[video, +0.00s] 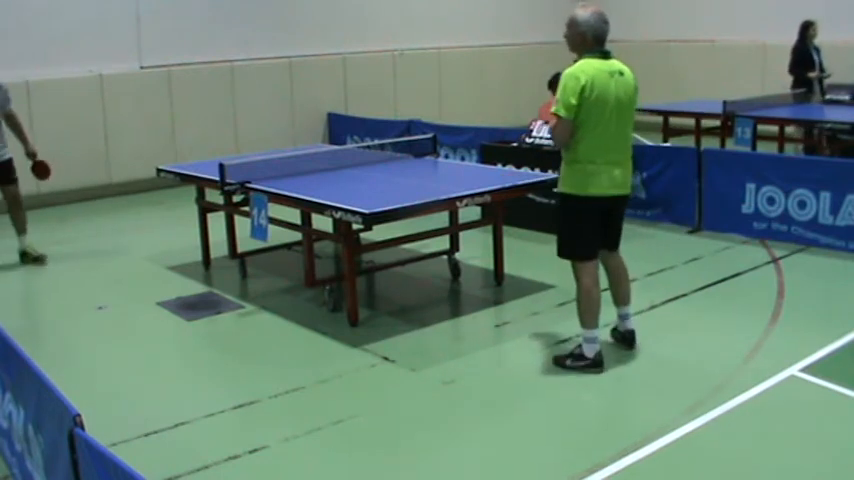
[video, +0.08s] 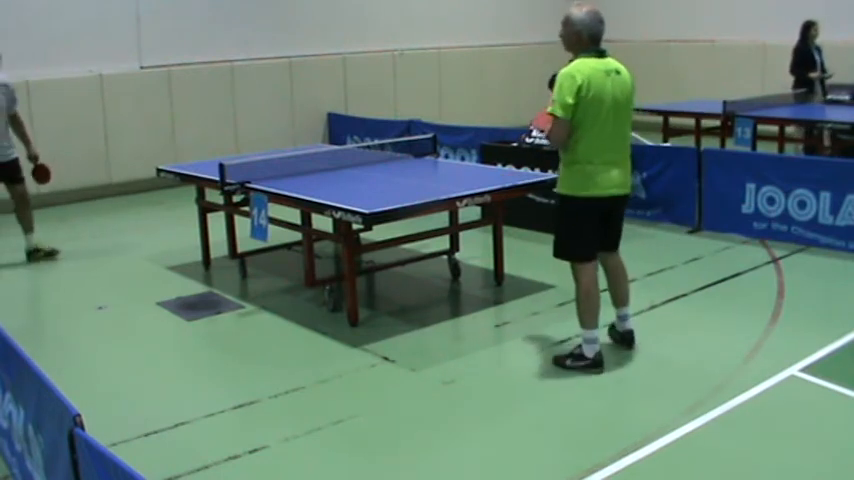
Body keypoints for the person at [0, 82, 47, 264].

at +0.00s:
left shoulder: (2, 90)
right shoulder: (4, 91)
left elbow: (7, 113)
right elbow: (8, 113)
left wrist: (27, 145)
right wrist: (27, 146)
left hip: (3, 153)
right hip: (3, 155)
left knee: (13, 195)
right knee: (12, 196)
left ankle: (24, 246)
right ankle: (24, 246)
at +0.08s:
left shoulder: (6, 89)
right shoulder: (6, 90)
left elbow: (13, 117)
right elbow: (14, 117)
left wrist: (29, 147)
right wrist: (30, 147)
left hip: (7, 154)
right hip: (6, 154)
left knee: (21, 196)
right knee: (20, 197)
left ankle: (31, 245)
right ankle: (31, 245)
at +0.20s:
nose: (13, 64)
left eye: (15, 60)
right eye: (9, 60)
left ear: (17, 63)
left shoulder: (19, 88)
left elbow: (24, 118)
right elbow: (24, 118)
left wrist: (37, 145)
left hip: (15, 154)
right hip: (4, 156)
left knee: (30, 193)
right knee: (28, 195)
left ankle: (34, 246)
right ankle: (33, 247)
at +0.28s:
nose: (23, 64)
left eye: (25, 59)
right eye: (18, 59)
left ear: (27, 62)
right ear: (6, 60)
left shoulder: (27, 87)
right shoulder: (3, 86)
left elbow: (32, 118)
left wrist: (45, 141)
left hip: (23, 154)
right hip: (3, 157)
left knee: (35, 194)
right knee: (1, 202)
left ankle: (35, 246)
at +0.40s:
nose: (34, 60)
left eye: (35, 55)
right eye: (29, 55)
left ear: (36, 58)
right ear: (17, 57)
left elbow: (40, 115)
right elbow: (1, 118)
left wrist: (57, 132)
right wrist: (10, 150)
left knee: (37, 197)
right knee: (14, 201)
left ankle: (36, 246)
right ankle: (3, 247)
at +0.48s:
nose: (39, 57)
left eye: (41, 53)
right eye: (35, 53)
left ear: (42, 55)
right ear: (22, 55)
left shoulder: (38, 80)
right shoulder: (10, 79)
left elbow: (44, 113)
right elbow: (5, 115)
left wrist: (66, 127)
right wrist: (20, 144)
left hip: (39, 151)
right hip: (18, 153)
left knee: (39, 198)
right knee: (30, 197)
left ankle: (36, 245)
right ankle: (19, 246)